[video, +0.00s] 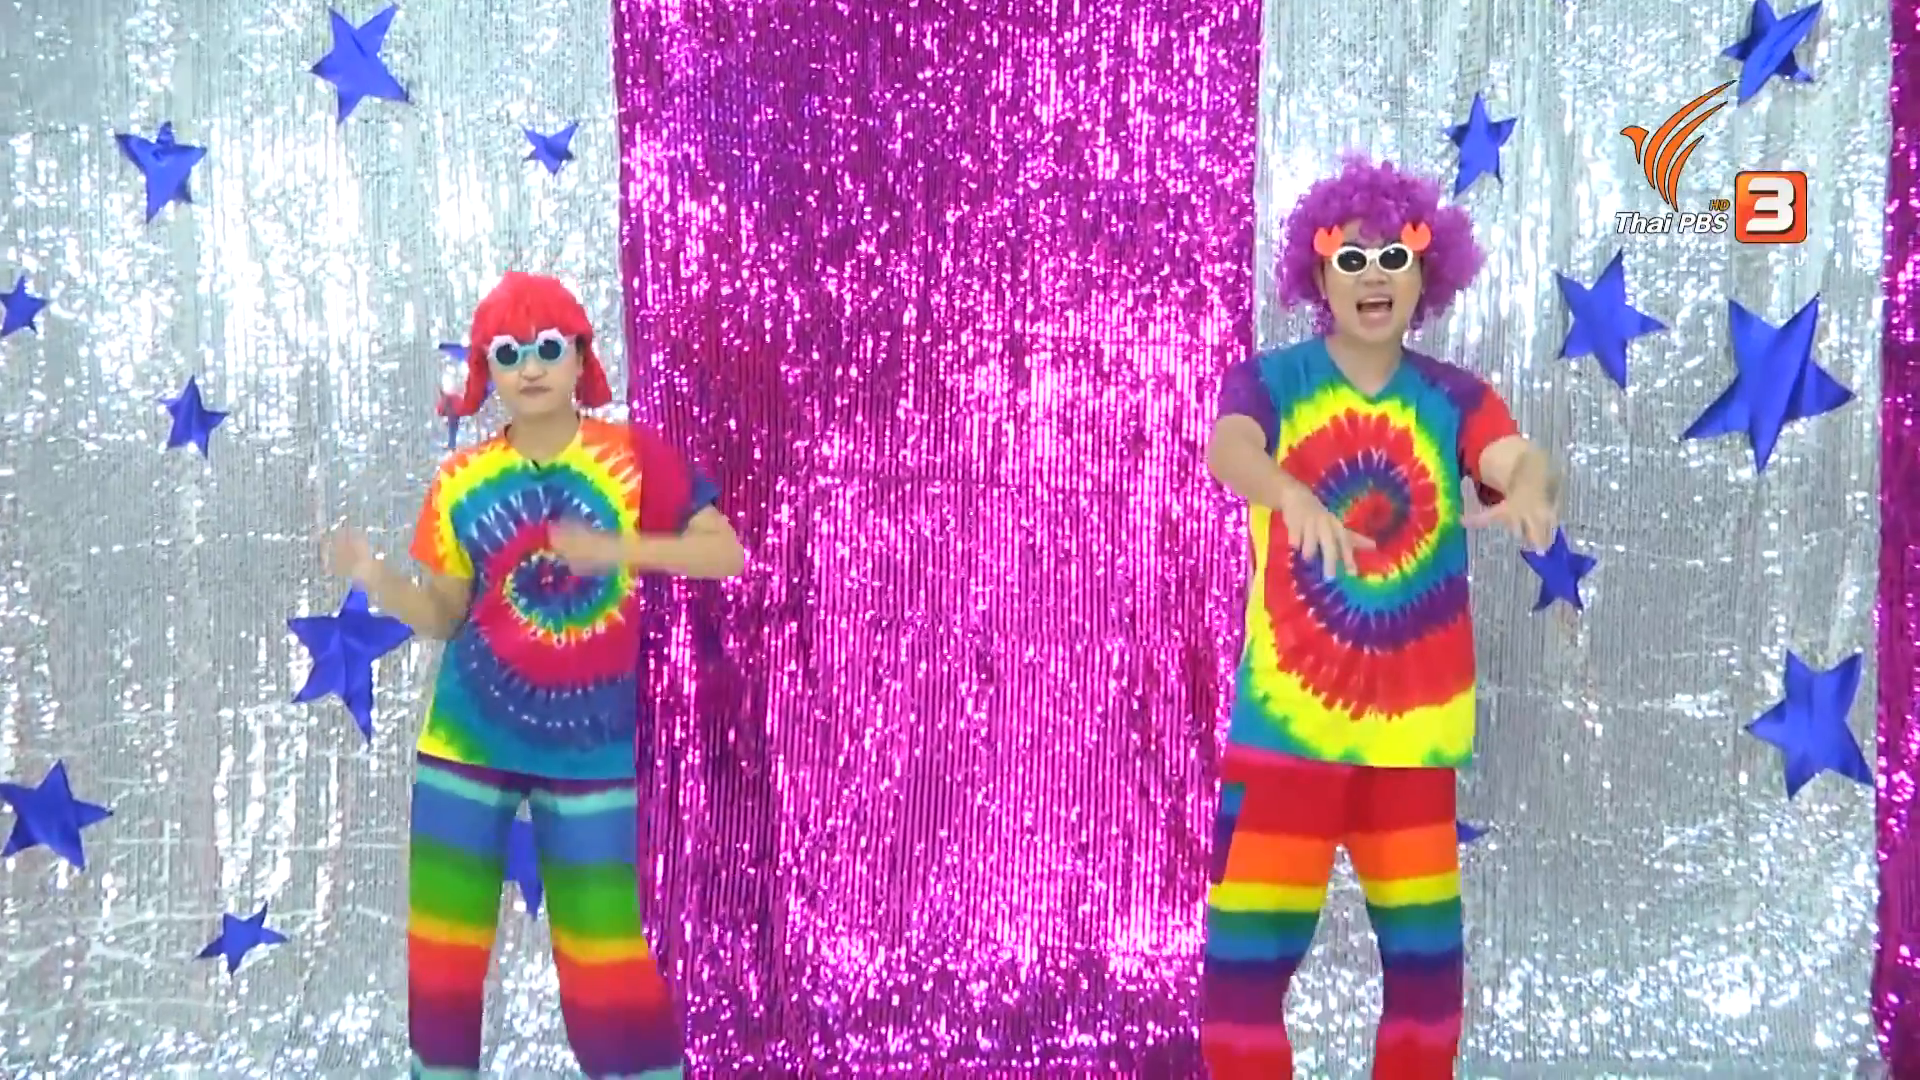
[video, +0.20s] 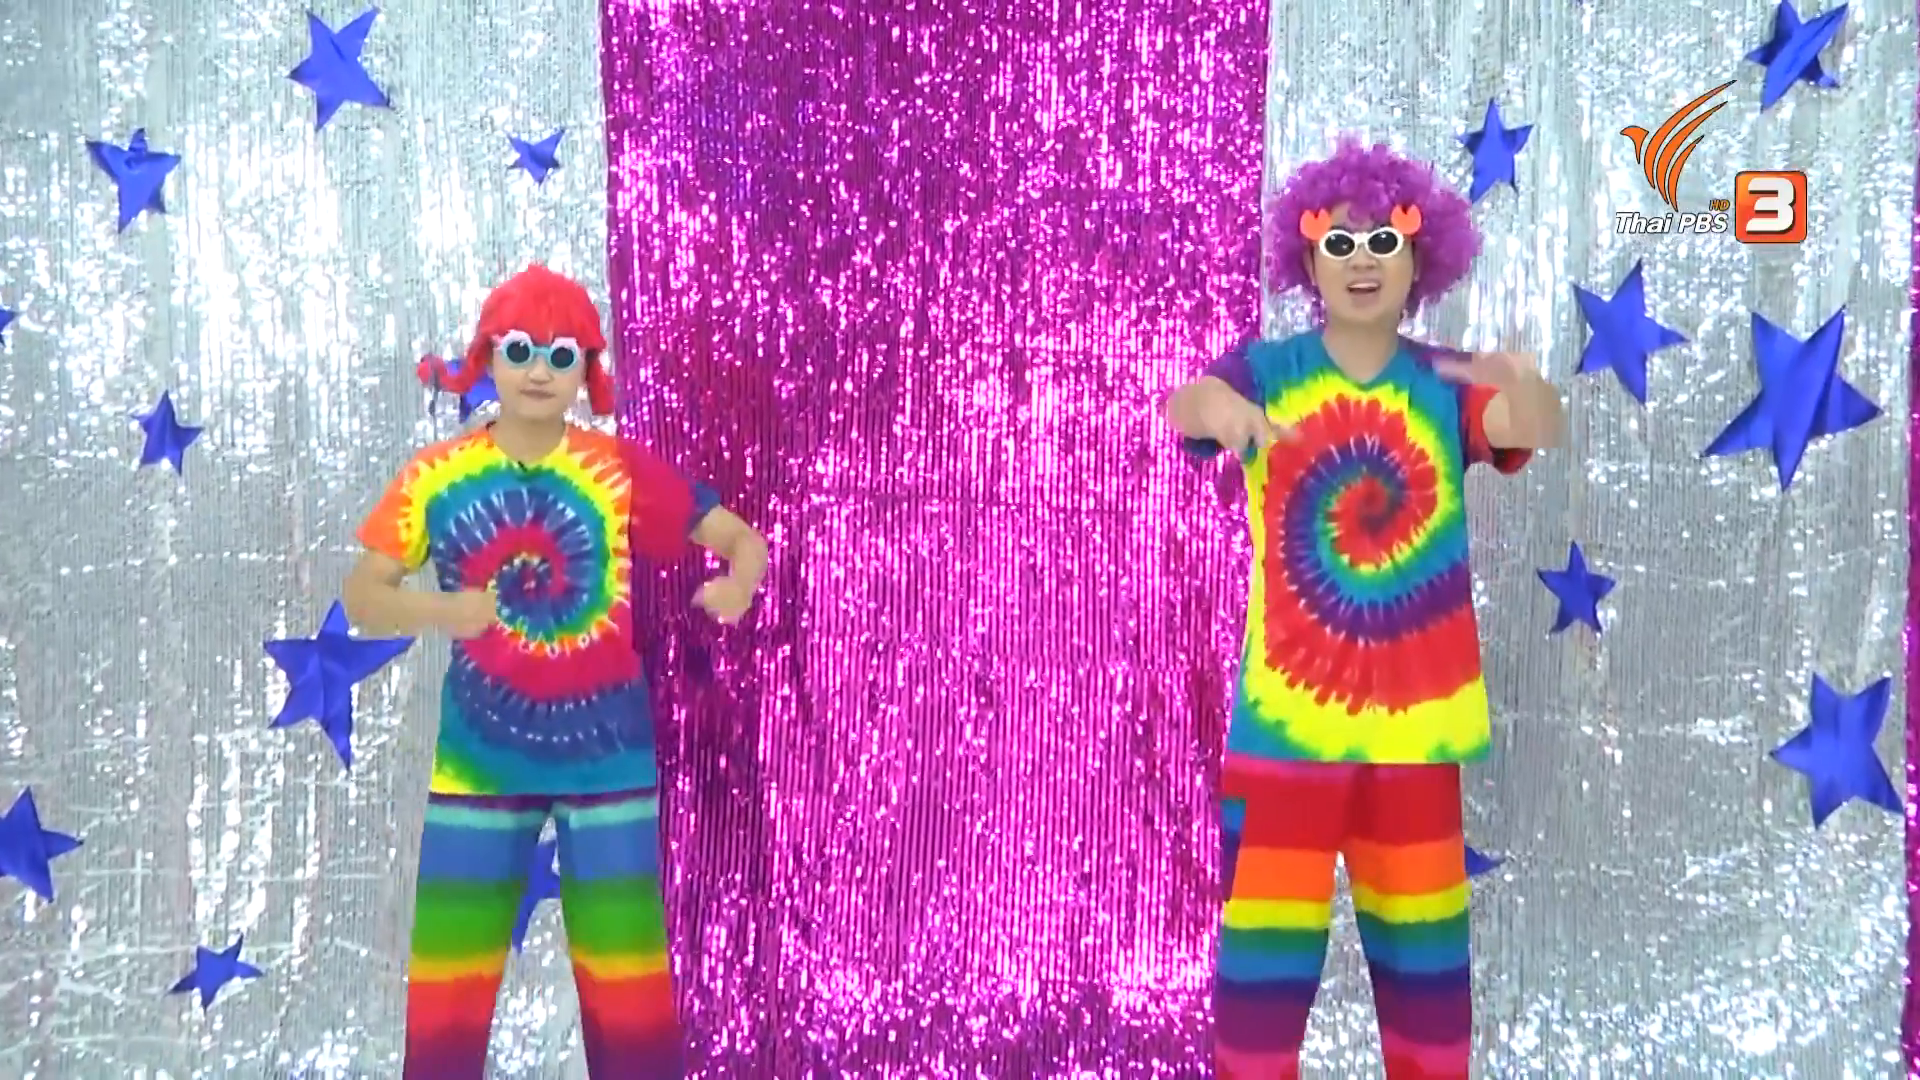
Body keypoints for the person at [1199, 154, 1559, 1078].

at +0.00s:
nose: (1374, 277)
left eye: (1393, 257)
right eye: (1352, 258)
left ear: (1423, 278)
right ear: (1319, 278)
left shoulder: (1459, 397)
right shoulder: (1270, 380)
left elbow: (1522, 464)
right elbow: (1230, 453)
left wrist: (1530, 493)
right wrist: (1294, 494)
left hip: (1414, 733)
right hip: (1286, 730)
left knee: (1428, 962)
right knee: (1247, 958)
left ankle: (1414, 1072)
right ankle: (1246, 1072)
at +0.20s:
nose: (1362, 260)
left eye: (1384, 240)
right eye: (1341, 241)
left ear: (1417, 262)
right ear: (1310, 262)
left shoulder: (1446, 382)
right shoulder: (1267, 369)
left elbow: (1534, 436)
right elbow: (1179, 415)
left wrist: (1522, 374)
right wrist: (1214, 406)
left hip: (1416, 723)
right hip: (1289, 722)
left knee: (1428, 962)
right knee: (1267, 957)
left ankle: (1433, 1076)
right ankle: (1253, 1073)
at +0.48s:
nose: (1311, 318)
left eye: (1333, 298)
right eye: (1288, 300)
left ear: (1366, 317)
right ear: (1256, 321)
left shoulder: (1422, 425)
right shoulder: (1223, 437)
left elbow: (1501, 494)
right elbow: (1159, 499)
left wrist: (1452, 492)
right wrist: (1143, 523)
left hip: (1402, 791)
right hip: (1264, 794)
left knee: (1428, 1021)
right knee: (1256, 1031)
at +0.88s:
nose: (1389, 313)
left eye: (1410, 292)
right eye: (1364, 295)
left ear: (1444, 310)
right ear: (1330, 317)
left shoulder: (1490, 431)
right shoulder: (1291, 433)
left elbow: (1596, 469)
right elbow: (1184, 473)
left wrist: (1571, 404)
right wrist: (1220, 443)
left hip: (1461, 801)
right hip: (1322, 801)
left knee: (1474, 1042)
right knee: (1312, 1040)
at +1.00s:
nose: (1431, 330)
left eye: (1452, 308)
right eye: (1406, 312)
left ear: (1489, 324)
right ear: (1373, 330)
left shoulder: (1529, 452)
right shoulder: (1322, 439)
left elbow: (1633, 535)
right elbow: (1232, 509)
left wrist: (1595, 471)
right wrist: (1304, 497)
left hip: (1482, 816)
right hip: (1345, 812)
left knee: (1486, 1049)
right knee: (1326, 1047)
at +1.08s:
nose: (1454, 349)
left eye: (1475, 326)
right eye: (1428, 330)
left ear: (1514, 341)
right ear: (1395, 349)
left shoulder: (1560, 476)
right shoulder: (1335, 465)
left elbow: (1635, 588)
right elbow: (1263, 560)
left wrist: (1603, 597)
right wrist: (1357, 613)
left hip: (1501, 853)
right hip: (1358, 847)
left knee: (1505, 1061)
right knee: (1324, 1060)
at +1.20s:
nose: (1474, 361)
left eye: (1497, 340)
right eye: (1449, 342)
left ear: (1531, 358)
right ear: (1414, 361)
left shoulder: (1571, 502)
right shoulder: (1349, 492)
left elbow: (1613, 665)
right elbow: (1296, 648)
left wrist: (1596, 816)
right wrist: (1395, 785)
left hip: (1513, 884)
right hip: (1363, 874)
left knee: (1517, 1066)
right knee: (1335, 1066)